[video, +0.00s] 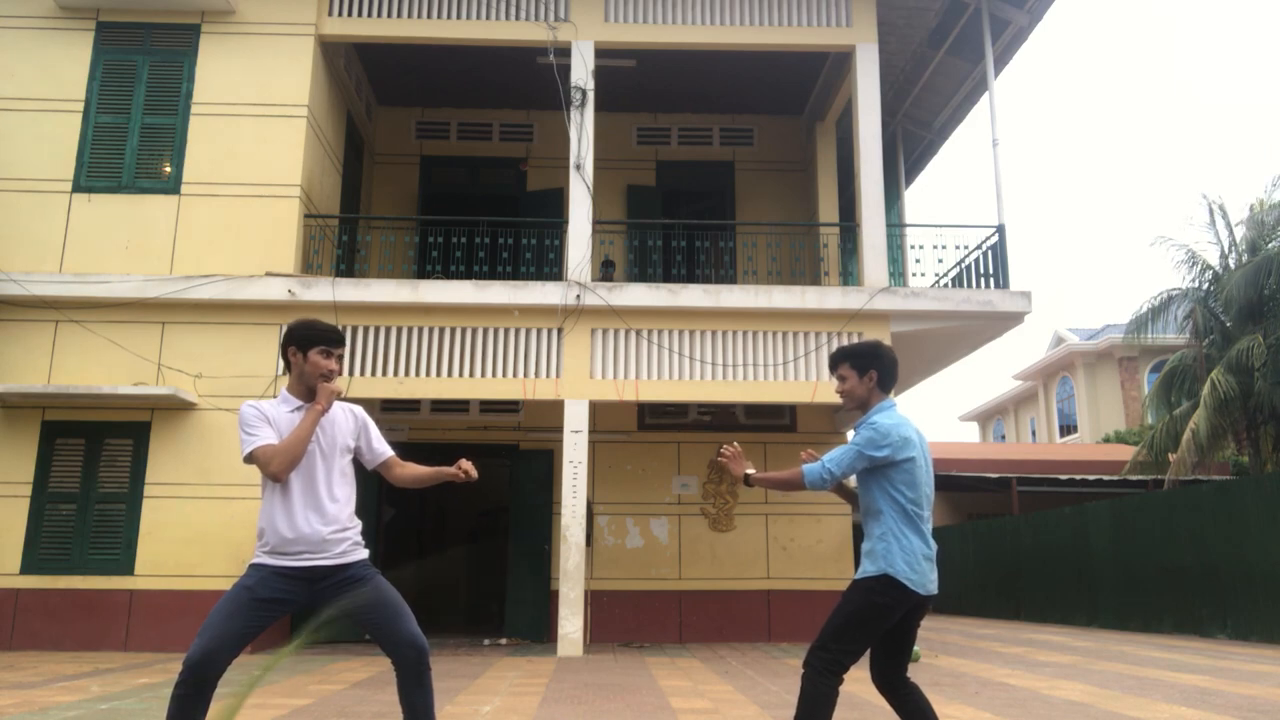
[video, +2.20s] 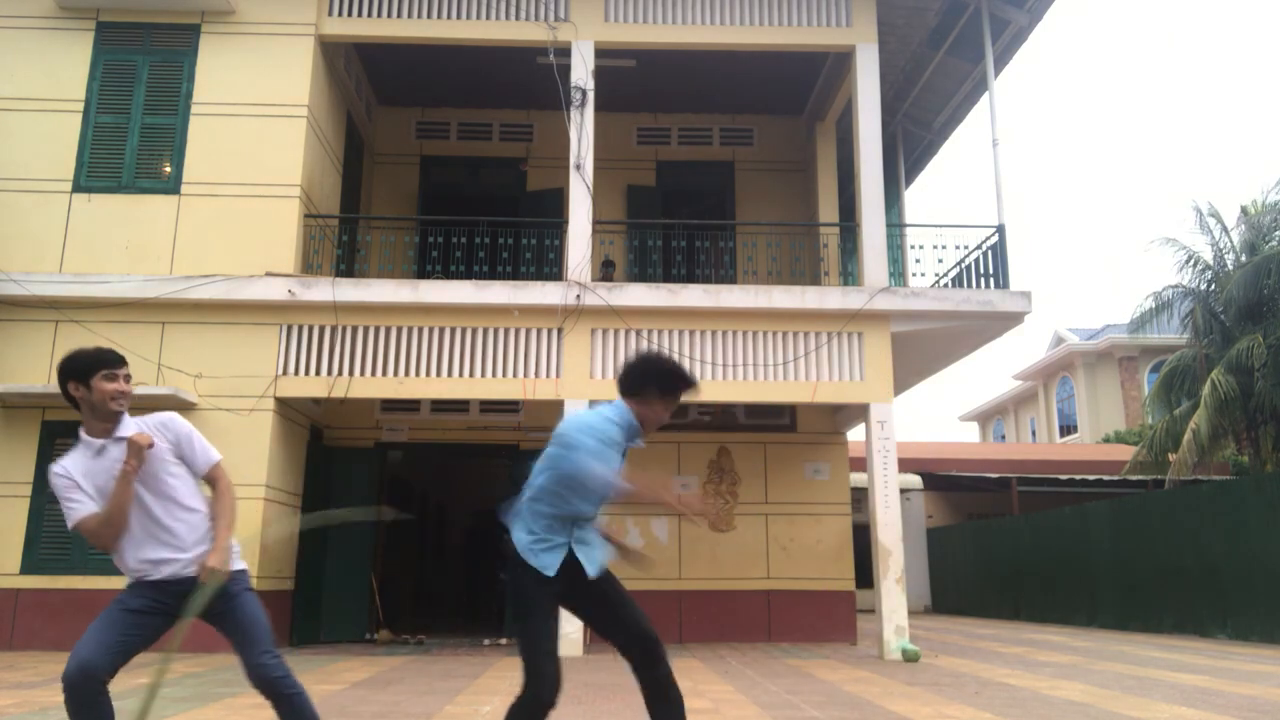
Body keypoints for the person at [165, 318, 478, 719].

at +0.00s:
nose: (334, 367)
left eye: (338, 358)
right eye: (324, 356)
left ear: (342, 362)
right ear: (293, 357)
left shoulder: (351, 416)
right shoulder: (257, 412)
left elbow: (396, 470)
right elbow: (276, 467)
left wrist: (448, 473)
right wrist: (319, 408)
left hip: (348, 570)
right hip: (274, 571)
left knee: (413, 649)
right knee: (199, 663)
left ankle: (422, 719)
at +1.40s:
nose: (328, 367)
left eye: (332, 358)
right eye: (318, 356)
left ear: (335, 364)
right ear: (287, 358)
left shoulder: (349, 416)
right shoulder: (252, 417)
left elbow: (385, 478)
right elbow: (274, 473)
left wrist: (413, 467)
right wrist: (318, 416)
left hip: (342, 568)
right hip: (272, 571)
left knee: (406, 655)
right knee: (198, 668)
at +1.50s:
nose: (290, 366)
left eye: (294, 358)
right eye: (279, 358)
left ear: (299, 366)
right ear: (251, 366)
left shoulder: (322, 418)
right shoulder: (225, 429)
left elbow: (365, 481)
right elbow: (251, 482)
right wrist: (295, 423)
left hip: (328, 573)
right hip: (256, 577)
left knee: (397, 656)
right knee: (182, 671)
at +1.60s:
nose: (224, 380)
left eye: (227, 371)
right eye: (212, 372)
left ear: (235, 377)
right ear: (188, 385)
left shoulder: (274, 423)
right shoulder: (178, 453)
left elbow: (320, 476)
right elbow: (207, 501)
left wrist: (298, 495)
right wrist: (240, 442)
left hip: (309, 576)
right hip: (238, 582)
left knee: (373, 662)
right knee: (151, 670)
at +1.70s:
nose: (173, 406)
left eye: (176, 398)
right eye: (159, 400)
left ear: (186, 404)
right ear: (134, 416)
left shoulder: (228, 436)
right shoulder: (141, 492)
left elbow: (289, 479)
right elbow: (177, 544)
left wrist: (282, 519)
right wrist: (188, 476)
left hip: (295, 578)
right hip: (225, 590)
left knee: (361, 668)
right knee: (132, 667)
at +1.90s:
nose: (125, 416)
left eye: (127, 407)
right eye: (110, 409)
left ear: (134, 413)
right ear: (81, 426)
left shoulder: (179, 444)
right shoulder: (93, 504)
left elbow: (238, 491)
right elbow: (137, 563)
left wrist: (252, 548)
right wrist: (141, 489)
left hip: (251, 586)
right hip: (180, 599)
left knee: (313, 681)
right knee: (89, 673)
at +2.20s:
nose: (123, 387)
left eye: (126, 379)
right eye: (109, 379)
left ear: (131, 384)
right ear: (77, 391)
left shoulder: (167, 427)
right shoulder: (67, 470)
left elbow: (221, 481)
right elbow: (103, 539)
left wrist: (220, 547)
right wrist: (130, 469)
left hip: (217, 574)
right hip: (152, 586)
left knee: (268, 672)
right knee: (81, 675)